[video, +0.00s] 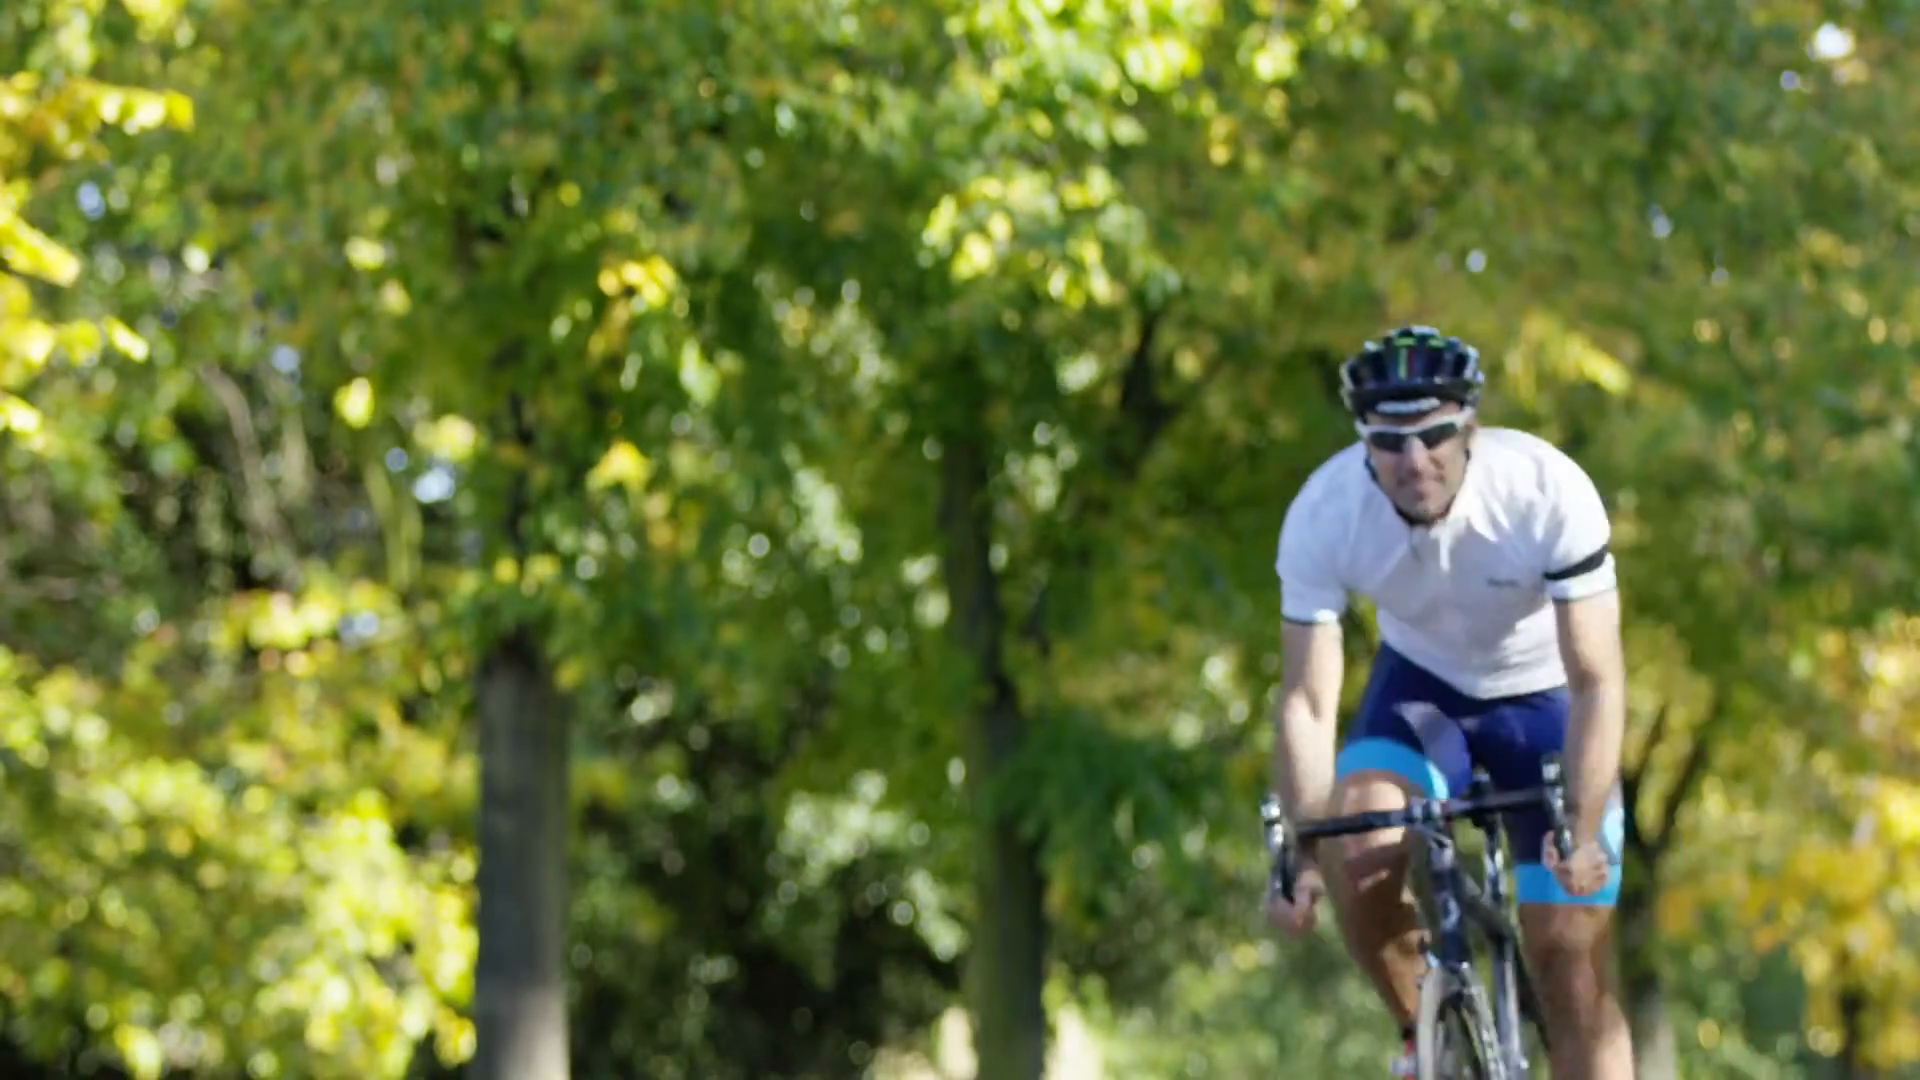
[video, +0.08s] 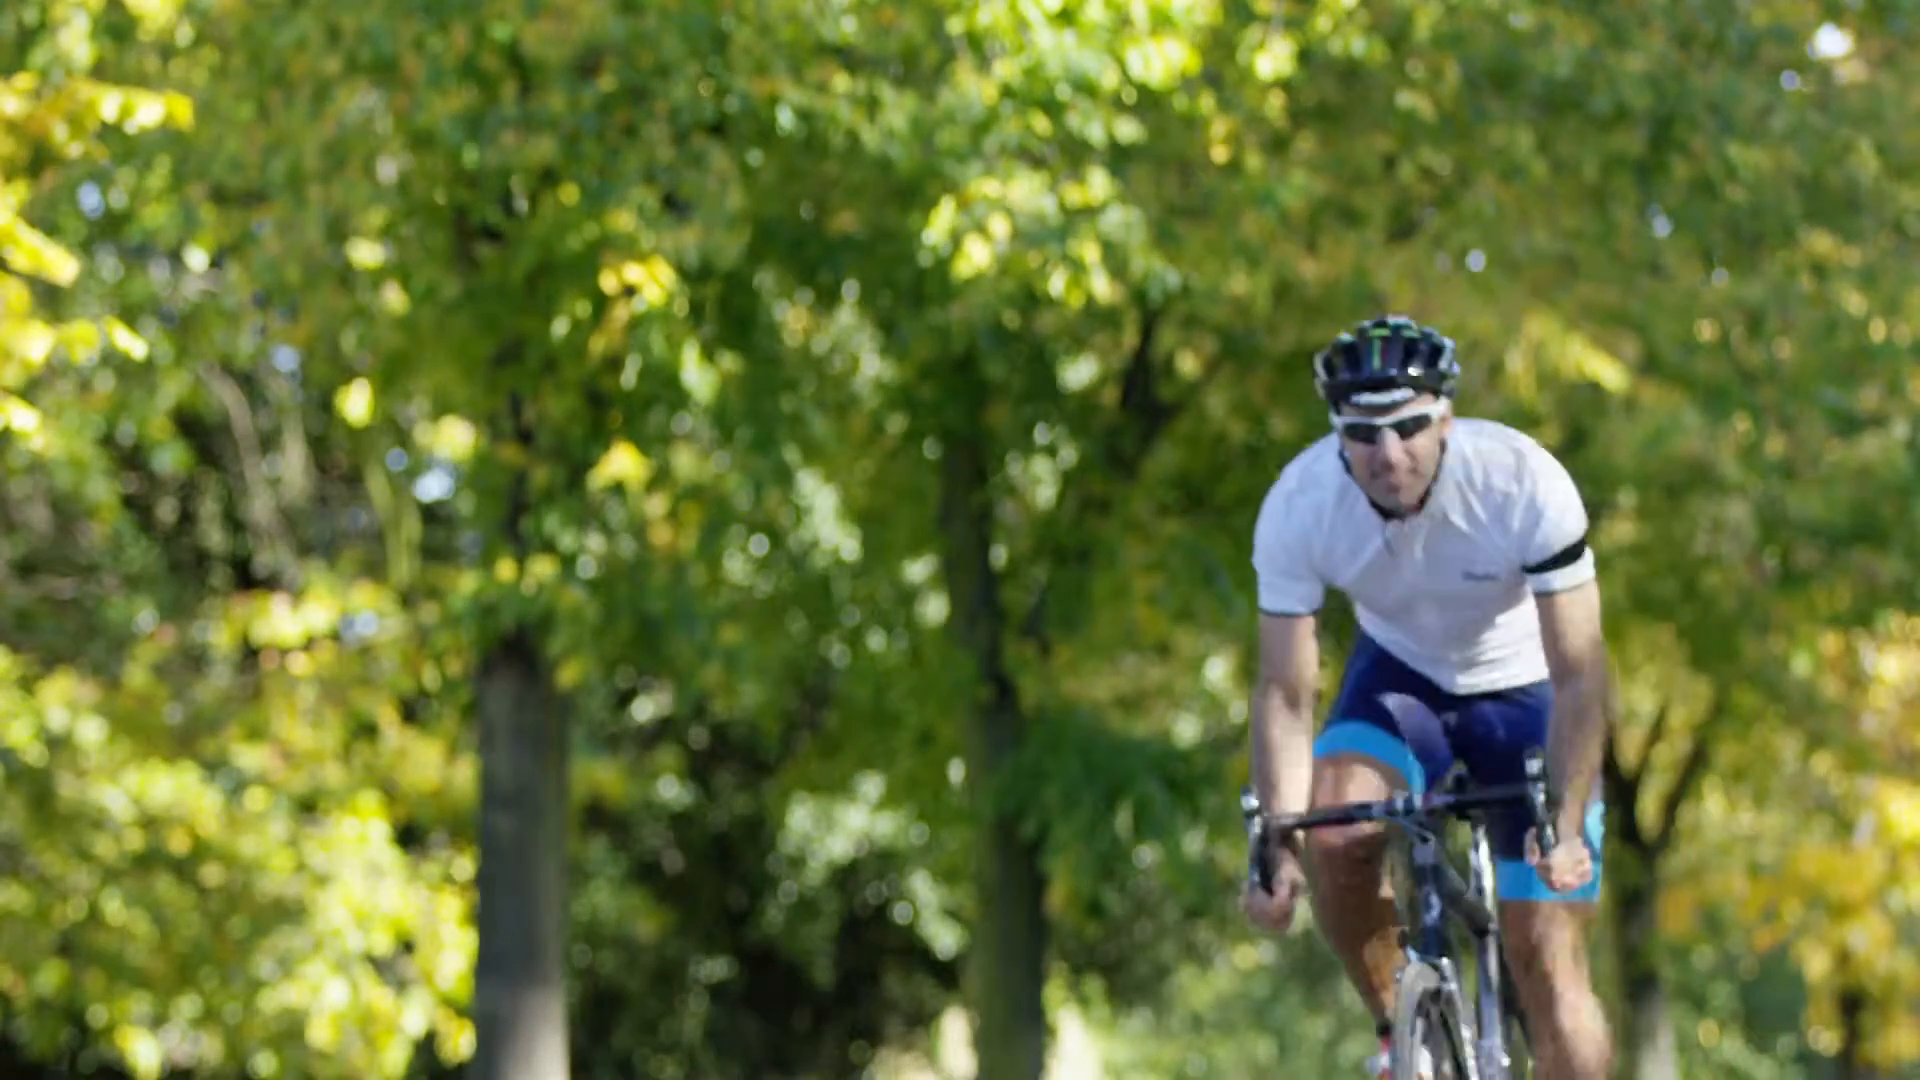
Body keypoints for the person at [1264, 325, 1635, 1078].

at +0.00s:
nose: (1415, 462)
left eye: (1435, 438)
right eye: (1390, 443)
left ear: (1470, 429)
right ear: (1363, 441)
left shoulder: (1551, 492)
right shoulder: (1324, 514)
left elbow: (1598, 679)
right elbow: (1306, 698)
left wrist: (1584, 830)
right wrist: (1303, 848)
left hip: (1546, 689)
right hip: (1417, 682)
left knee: (1567, 957)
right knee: (1362, 840)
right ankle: (1422, 1037)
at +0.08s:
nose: (1389, 455)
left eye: (1409, 429)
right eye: (1364, 435)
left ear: (1445, 419)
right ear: (1338, 434)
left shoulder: (1526, 483)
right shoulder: (1299, 506)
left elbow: (1581, 668)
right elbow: (1285, 691)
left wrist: (1567, 824)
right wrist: (1276, 839)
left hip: (1525, 682)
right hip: (1395, 673)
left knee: (1543, 954)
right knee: (1338, 831)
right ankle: (1399, 1035)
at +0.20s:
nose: (1351, 440)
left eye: (1372, 415)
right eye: (1326, 420)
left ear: (1410, 407)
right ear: (1300, 419)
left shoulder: (1492, 472)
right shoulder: (1261, 495)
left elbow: (1551, 663)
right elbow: (1251, 677)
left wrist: (1540, 810)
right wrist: (1250, 821)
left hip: (1490, 668)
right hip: (1359, 657)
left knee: (1518, 961)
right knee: (1307, 822)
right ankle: (1369, 1053)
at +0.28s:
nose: (1323, 433)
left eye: (1345, 407)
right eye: (1299, 411)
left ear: (1386, 396)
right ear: (1274, 407)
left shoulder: (1469, 462)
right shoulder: (1236, 484)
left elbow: (1528, 651)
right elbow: (1227, 667)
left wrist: (1525, 809)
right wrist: (1231, 819)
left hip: (1469, 657)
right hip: (1335, 648)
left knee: (1497, 941)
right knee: (1295, 822)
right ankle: (1348, 1065)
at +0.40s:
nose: (1288, 417)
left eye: (1310, 391)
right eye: (1264, 396)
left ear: (1350, 380)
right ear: (1237, 391)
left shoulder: (1435, 450)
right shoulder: (1195, 474)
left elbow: (1495, 640)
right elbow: (1193, 655)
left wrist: (1498, 802)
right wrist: (1201, 801)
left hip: (1432, 641)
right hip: (1297, 641)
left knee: (1460, 906)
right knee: (1273, 870)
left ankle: (1508, 1070)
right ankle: (1310, 1068)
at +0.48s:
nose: (1268, 406)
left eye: (1288, 379)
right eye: (1242, 385)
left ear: (1327, 368)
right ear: (1213, 382)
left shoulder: (1413, 442)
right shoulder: (1170, 459)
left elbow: (1474, 639)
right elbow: (1169, 645)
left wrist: (1481, 807)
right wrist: (1181, 789)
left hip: (1409, 636)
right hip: (1273, 642)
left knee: (1438, 896)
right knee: (1265, 894)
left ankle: (1491, 1071)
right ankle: (1288, 1071)